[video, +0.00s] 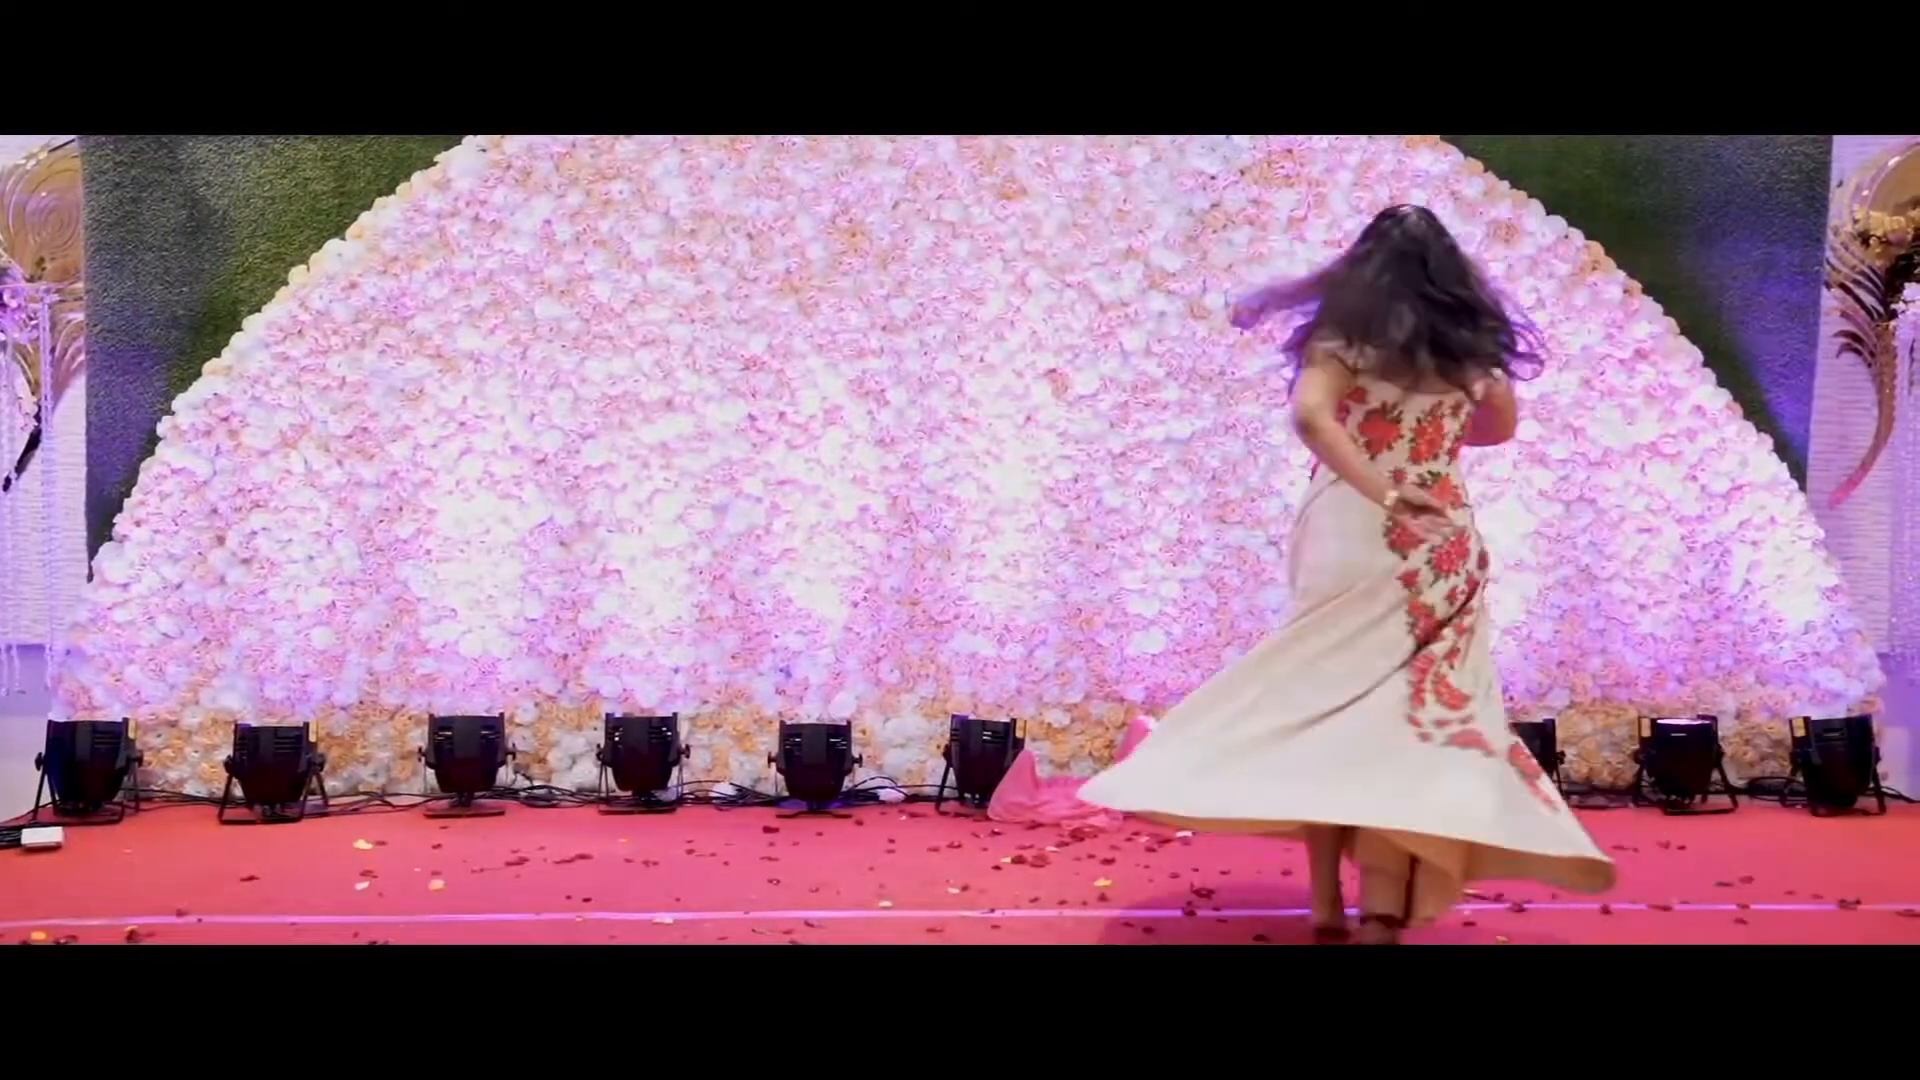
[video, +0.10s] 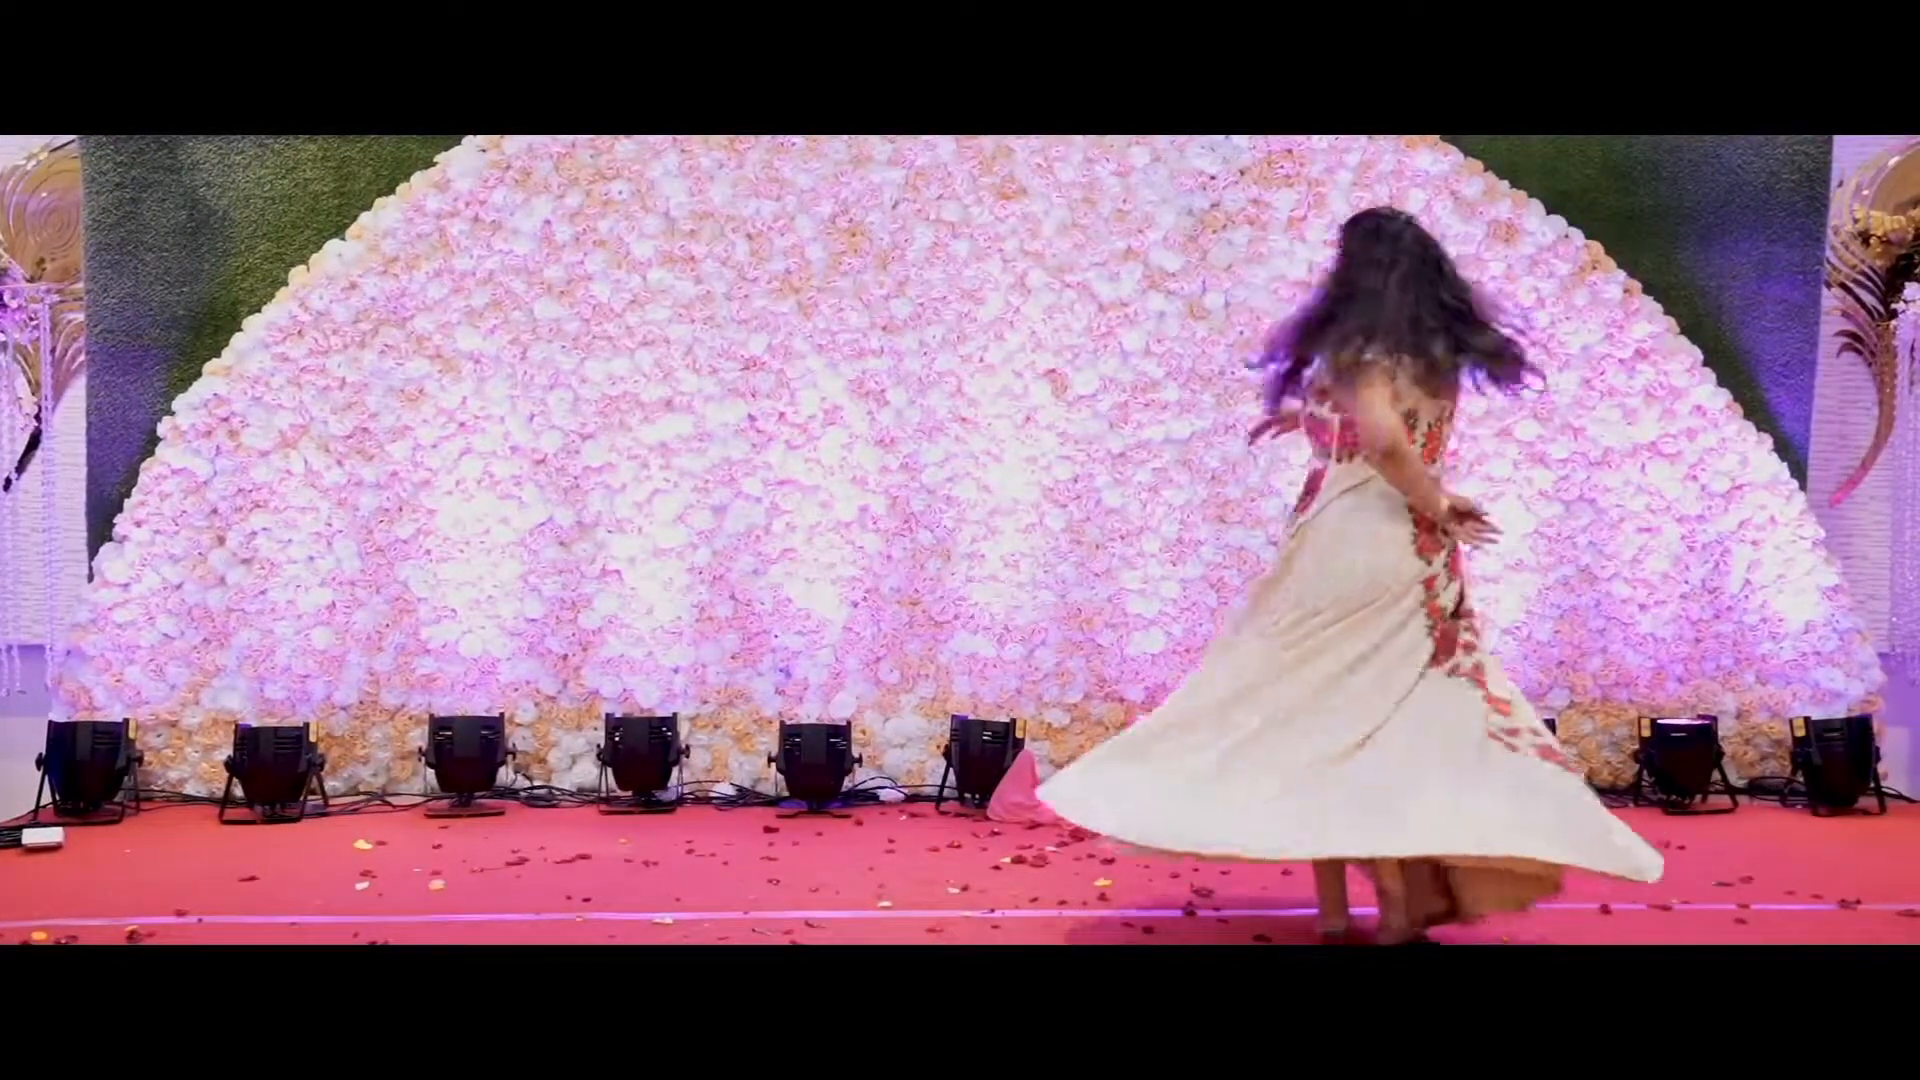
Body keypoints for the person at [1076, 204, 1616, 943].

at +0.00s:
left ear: (1359, 271)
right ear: (1448, 277)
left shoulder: (1335, 339)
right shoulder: (1462, 352)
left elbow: (1313, 417)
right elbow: (1500, 422)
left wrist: (1383, 493)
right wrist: (1438, 431)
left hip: (1351, 532)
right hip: (1443, 536)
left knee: (1326, 707)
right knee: (1408, 713)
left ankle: (1325, 898)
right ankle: (1388, 897)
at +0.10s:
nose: (1337, 270)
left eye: (1342, 258)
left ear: (1348, 275)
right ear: (1430, 276)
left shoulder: (1355, 354)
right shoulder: (1443, 360)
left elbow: (1379, 437)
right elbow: (1395, 432)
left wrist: (1435, 502)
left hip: (1352, 545)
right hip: (1413, 549)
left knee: (1306, 709)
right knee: (1383, 712)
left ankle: (1333, 902)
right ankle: (1408, 894)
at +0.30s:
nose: (1307, 290)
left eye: (1319, 276)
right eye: (1306, 276)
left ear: (1363, 279)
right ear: (1329, 284)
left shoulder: (1402, 362)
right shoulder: (1314, 360)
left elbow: (1469, 464)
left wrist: (1418, 511)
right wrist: (1243, 403)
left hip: (1369, 567)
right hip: (1309, 562)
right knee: (1353, 727)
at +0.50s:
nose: (1280, 309)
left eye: (1293, 295)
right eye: (1278, 296)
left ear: (1338, 301)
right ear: (1285, 304)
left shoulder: (1388, 386)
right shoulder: (1267, 378)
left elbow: (1437, 496)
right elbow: (1162, 407)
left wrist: (1354, 524)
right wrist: (1229, 390)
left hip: (1353, 586)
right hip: (1271, 581)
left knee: (1365, 745)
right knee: (1230, 724)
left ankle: (1373, 909)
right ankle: (1260, 902)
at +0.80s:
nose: (1201, 289)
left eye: (1212, 274)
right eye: (1200, 275)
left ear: (1260, 276)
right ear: (1224, 283)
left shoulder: (1329, 362)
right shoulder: (1198, 352)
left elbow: (1355, 472)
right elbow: (1085, 349)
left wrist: (1281, 493)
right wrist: (1153, 360)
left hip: (1268, 558)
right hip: (1182, 552)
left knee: (1278, 737)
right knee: (1169, 729)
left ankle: (1283, 910)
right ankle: (1166, 909)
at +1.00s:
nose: (1143, 285)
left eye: (1153, 272)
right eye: (1142, 273)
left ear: (1197, 271)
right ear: (1173, 276)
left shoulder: (1267, 363)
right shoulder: (1136, 336)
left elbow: (1292, 465)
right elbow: (1044, 326)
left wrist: (1215, 483)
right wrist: (1064, 328)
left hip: (1197, 543)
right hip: (1113, 535)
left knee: (1198, 712)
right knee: (1108, 705)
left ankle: (1201, 885)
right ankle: (1112, 888)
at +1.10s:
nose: (1123, 298)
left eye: (1131, 284)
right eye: (1120, 286)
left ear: (1174, 280)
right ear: (1143, 287)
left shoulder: (1244, 370)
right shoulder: (1117, 351)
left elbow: (1272, 475)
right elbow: (1038, 353)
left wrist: (1193, 493)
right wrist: (1037, 327)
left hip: (1175, 550)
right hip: (1091, 541)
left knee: (1168, 712)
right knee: (1087, 706)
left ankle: (1167, 884)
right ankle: (1094, 882)